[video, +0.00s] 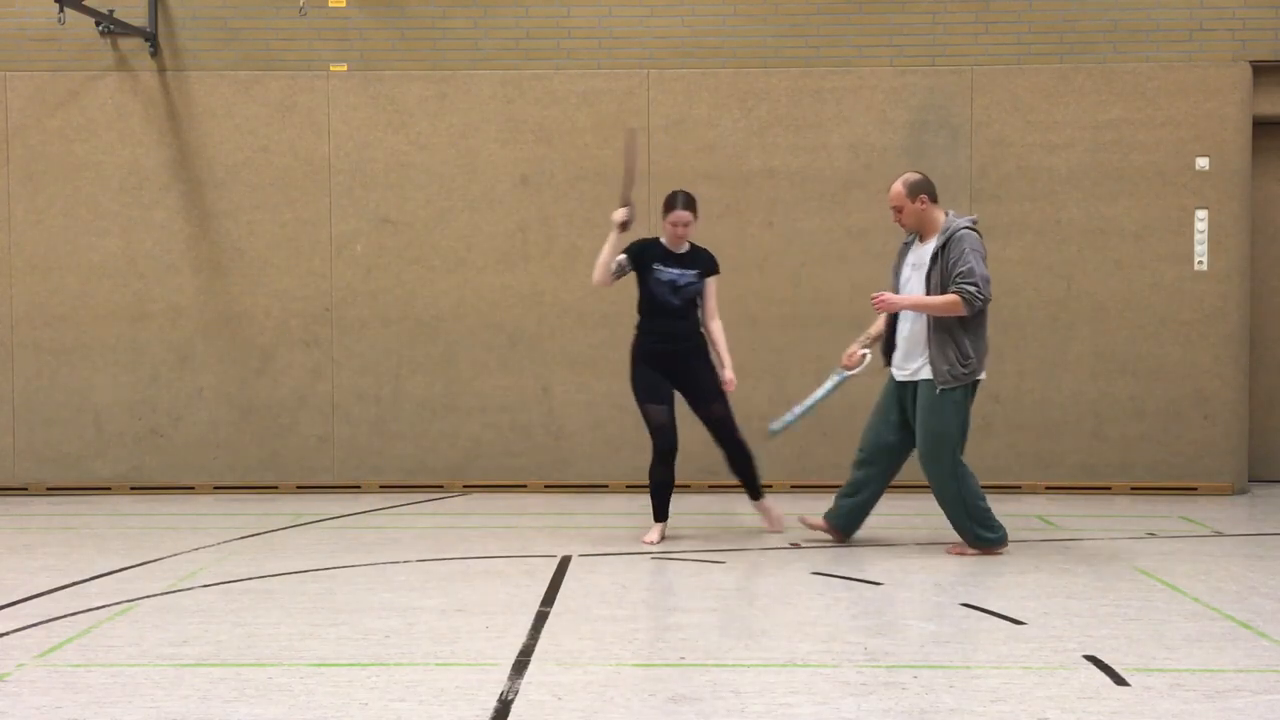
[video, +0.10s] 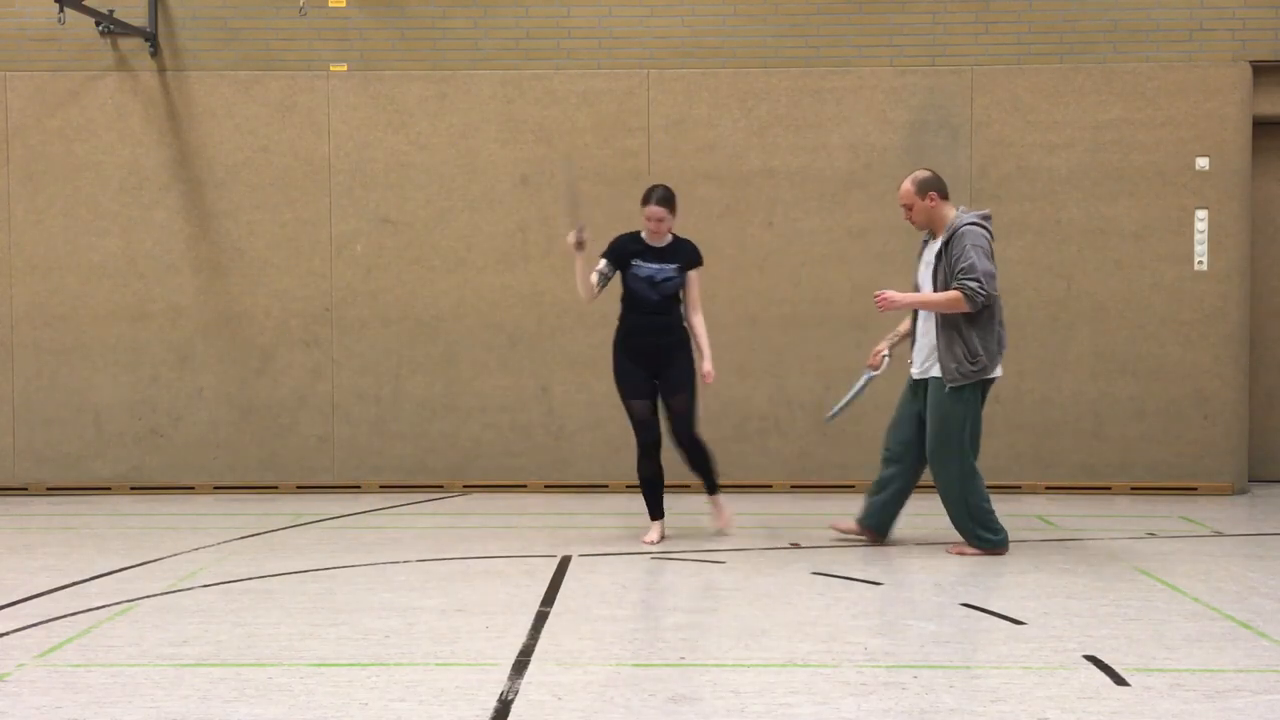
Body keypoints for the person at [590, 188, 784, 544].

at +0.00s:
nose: (680, 231)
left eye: (687, 224)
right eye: (675, 224)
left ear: (695, 223)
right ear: (663, 221)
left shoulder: (703, 261)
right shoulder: (644, 251)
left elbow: (711, 318)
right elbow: (601, 278)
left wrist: (726, 365)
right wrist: (616, 231)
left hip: (692, 358)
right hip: (650, 359)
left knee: (728, 433)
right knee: (664, 443)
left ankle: (758, 499)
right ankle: (659, 524)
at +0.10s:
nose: (654, 226)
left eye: (661, 219)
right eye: (649, 218)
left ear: (673, 218)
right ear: (641, 216)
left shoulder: (685, 251)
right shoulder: (624, 246)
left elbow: (694, 310)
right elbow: (588, 293)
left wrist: (705, 357)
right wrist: (580, 254)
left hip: (675, 351)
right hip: (632, 352)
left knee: (684, 434)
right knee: (647, 440)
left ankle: (714, 496)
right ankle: (655, 523)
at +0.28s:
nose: (605, 228)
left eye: (612, 222)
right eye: (603, 221)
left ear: (631, 219)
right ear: (600, 218)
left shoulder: (651, 252)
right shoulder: (592, 248)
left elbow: (667, 306)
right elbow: (577, 303)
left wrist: (674, 356)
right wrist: (540, 299)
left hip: (636, 350)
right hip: (601, 350)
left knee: (601, 428)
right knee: (629, 434)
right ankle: (653, 519)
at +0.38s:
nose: (574, 233)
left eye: (580, 227)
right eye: (573, 227)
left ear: (600, 225)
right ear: (574, 225)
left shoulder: (623, 259)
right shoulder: (569, 255)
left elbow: (644, 315)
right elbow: (557, 311)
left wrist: (654, 366)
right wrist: (520, 325)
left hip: (611, 363)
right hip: (583, 364)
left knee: (566, 435)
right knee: (622, 444)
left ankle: (545, 527)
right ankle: (654, 518)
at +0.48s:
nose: (532, 238)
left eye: (538, 232)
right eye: (530, 232)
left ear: (559, 230)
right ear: (532, 231)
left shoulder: (579, 267)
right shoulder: (530, 260)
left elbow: (604, 320)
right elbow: (522, 313)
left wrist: (622, 370)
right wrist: (496, 340)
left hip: (567, 372)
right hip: (549, 371)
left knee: (515, 439)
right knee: (599, 446)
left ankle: (493, 529)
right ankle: (650, 511)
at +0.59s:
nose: (499, 238)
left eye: (504, 231)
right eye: (497, 231)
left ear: (525, 228)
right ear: (502, 229)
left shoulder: (546, 265)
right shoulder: (498, 258)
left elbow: (573, 320)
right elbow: (489, 308)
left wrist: (593, 370)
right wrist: (471, 341)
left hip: (533, 367)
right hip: (514, 366)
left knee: (486, 440)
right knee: (541, 452)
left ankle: (491, 530)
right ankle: (612, 498)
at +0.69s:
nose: (470, 234)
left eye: (474, 227)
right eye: (467, 228)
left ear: (495, 223)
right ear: (472, 226)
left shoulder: (519, 259)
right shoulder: (470, 254)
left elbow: (544, 315)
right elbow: (464, 301)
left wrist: (560, 366)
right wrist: (445, 328)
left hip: (507, 364)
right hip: (481, 363)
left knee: (472, 445)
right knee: (470, 446)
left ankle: (490, 529)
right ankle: (538, 493)